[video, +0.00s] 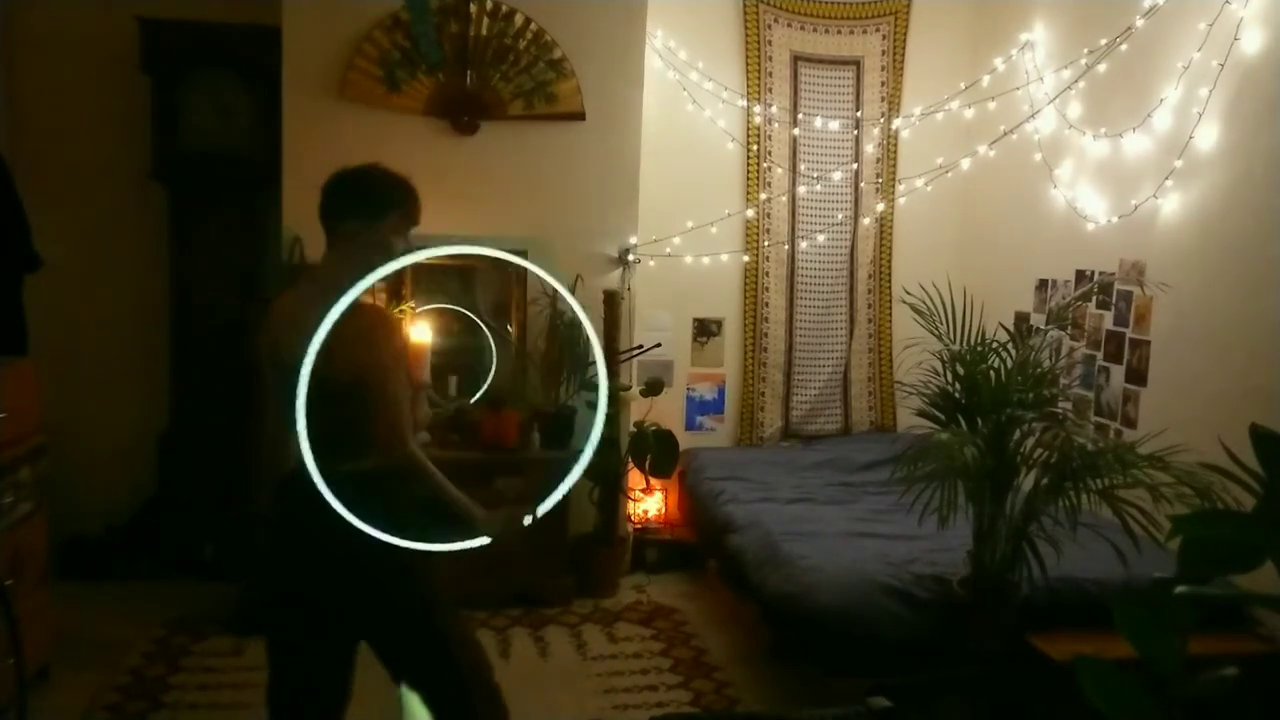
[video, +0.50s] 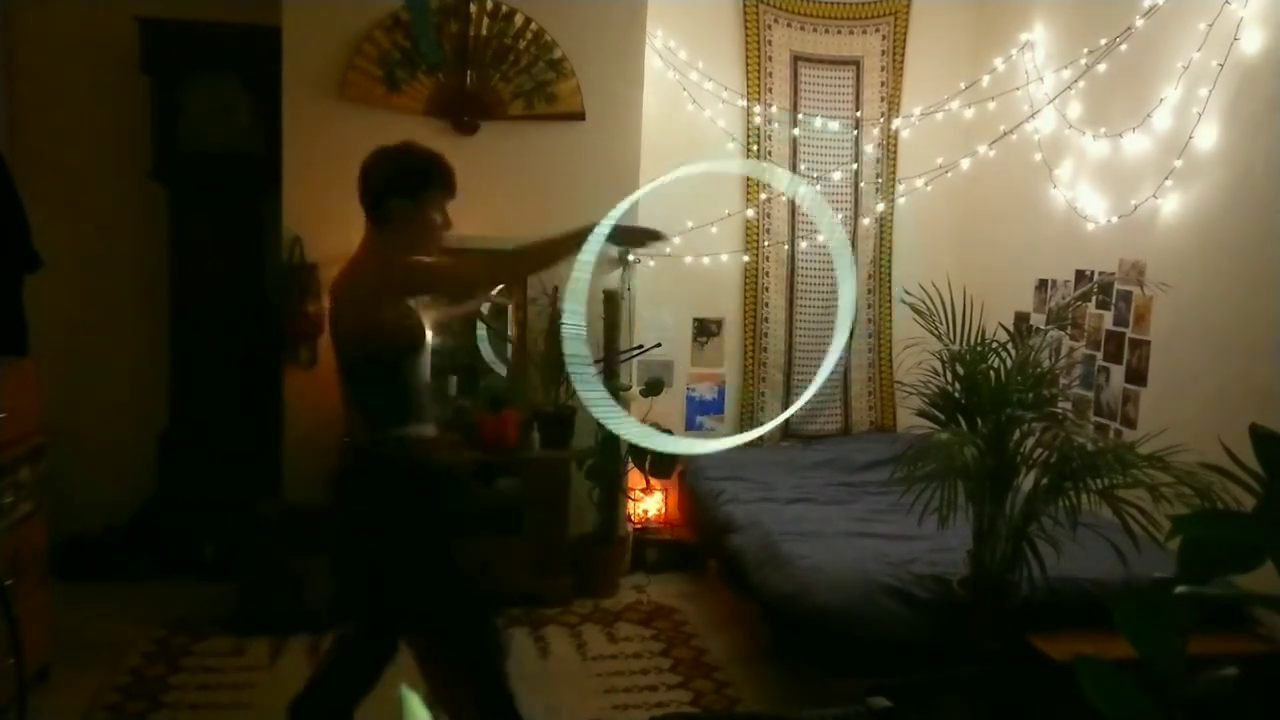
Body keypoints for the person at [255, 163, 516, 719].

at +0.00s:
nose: (407, 246)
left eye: (409, 232)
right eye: (404, 231)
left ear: (335, 225)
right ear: (377, 229)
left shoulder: (287, 310)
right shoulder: (371, 321)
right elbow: (395, 450)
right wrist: (479, 520)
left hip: (299, 543)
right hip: (371, 550)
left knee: (303, 704)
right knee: (471, 701)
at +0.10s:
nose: (426, 242)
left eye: (426, 226)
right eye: (421, 225)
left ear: (353, 220)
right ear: (394, 225)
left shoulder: (300, 305)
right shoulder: (403, 309)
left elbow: (296, 433)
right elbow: (418, 437)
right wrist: (499, 520)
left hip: (316, 541)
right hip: (401, 543)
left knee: (308, 705)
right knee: (481, 704)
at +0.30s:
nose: (459, 239)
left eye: (458, 225)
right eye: (451, 223)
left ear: (390, 228)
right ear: (415, 226)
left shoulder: (338, 321)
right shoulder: (453, 297)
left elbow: (336, 435)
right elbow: (544, 331)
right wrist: (632, 349)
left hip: (371, 498)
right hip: (443, 498)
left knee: (375, 642)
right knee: (503, 655)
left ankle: (315, 716)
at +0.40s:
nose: (461, 239)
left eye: (459, 224)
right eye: (453, 222)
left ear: (393, 228)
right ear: (415, 225)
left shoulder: (349, 312)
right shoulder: (424, 294)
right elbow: (544, 288)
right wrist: (653, 268)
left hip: (377, 504)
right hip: (434, 505)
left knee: (386, 638)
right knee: (506, 664)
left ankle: (314, 714)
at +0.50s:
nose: (448, 220)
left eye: (446, 206)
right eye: (437, 206)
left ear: (392, 209)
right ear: (400, 208)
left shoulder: (372, 277)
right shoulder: (384, 276)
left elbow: (427, 317)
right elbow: (507, 266)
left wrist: (487, 299)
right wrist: (599, 234)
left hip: (388, 482)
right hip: (396, 485)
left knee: (369, 639)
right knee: (464, 650)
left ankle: (311, 714)